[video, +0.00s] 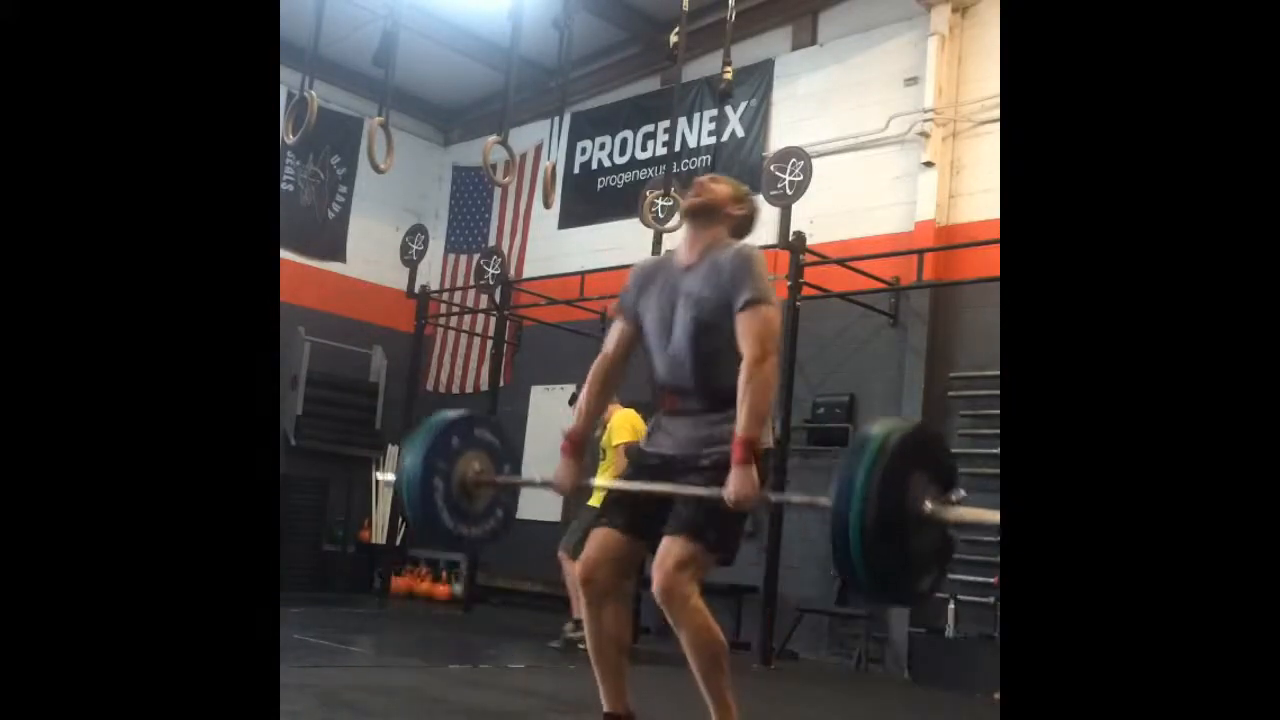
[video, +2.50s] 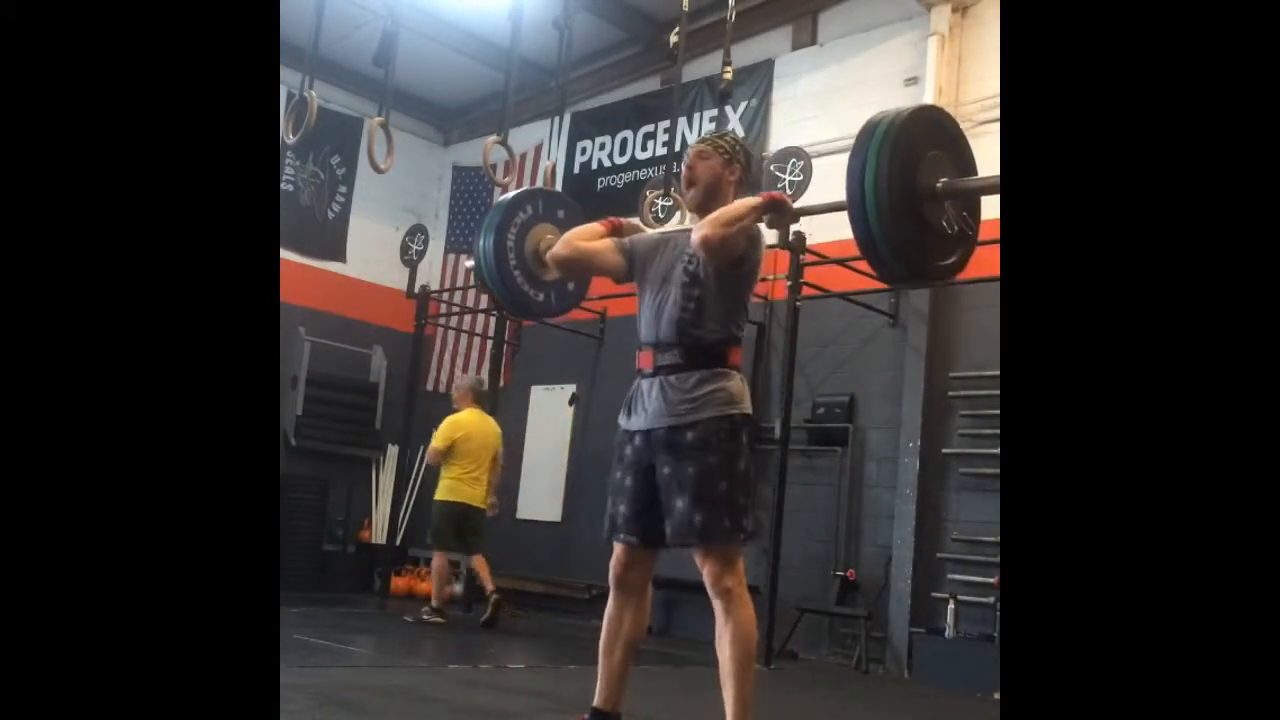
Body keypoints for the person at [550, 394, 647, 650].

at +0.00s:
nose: (579, 414)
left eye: (581, 407)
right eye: (577, 408)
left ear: (598, 402)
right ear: (604, 400)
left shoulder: (621, 420)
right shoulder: (619, 419)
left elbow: (624, 461)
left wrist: (603, 486)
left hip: (603, 496)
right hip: (604, 494)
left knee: (567, 552)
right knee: (585, 555)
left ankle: (579, 621)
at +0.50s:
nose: (556, 420)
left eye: (555, 413)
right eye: (554, 414)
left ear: (563, 408)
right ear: (587, 403)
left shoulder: (570, 427)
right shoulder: (606, 427)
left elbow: (574, 466)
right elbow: (610, 466)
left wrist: (569, 504)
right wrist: (602, 492)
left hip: (575, 506)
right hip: (603, 504)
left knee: (548, 564)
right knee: (603, 563)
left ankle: (538, 623)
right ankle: (609, 626)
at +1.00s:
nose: (531, 407)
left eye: (531, 404)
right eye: (532, 404)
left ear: (536, 400)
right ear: (555, 398)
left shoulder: (533, 420)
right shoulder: (580, 424)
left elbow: (507, 464)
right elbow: (591, 467)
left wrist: (496, 487)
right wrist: (587, 500)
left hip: (536, 502)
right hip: (568, 505)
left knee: (539, 565)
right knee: (559, 565)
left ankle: (541, 626)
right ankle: (560, 623)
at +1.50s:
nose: (520, 404)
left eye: (521, 400)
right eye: (522, 401)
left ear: (525, 400)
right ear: (545, 401)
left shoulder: (516, 420)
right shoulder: (559, 433)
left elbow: (494, 455)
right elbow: (560, 475)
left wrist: (516, 455)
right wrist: (552, 496)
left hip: (515, 499)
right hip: (542, 503)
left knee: (507, 555)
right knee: (526, 562)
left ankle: (527, 606)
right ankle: (510, 615)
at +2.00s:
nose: (497, 399)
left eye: (501, 394)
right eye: (499, 394)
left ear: (512, 397)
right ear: (520, 399)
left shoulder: (502, 423)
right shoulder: (532, 432)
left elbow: (477, 456)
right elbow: (516, 470)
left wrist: (502, 461)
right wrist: (483, 491)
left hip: (493, 500)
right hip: (519, 504)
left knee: (468, 553)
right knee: (514, 559)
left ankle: (443, 605)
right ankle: (509, 617)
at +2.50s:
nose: (453, 398)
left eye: (455, 394)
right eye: (453, 394)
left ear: (464, 395)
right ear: (475, 396)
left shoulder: (453, 421)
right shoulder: (493, 427)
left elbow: (433, 457)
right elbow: (497, 464)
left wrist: (437, 441)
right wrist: (491, 493)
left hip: (448, 496)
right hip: (476, 500)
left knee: (440, 551)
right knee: (475, 551)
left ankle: (436, 606)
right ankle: (491, 591)